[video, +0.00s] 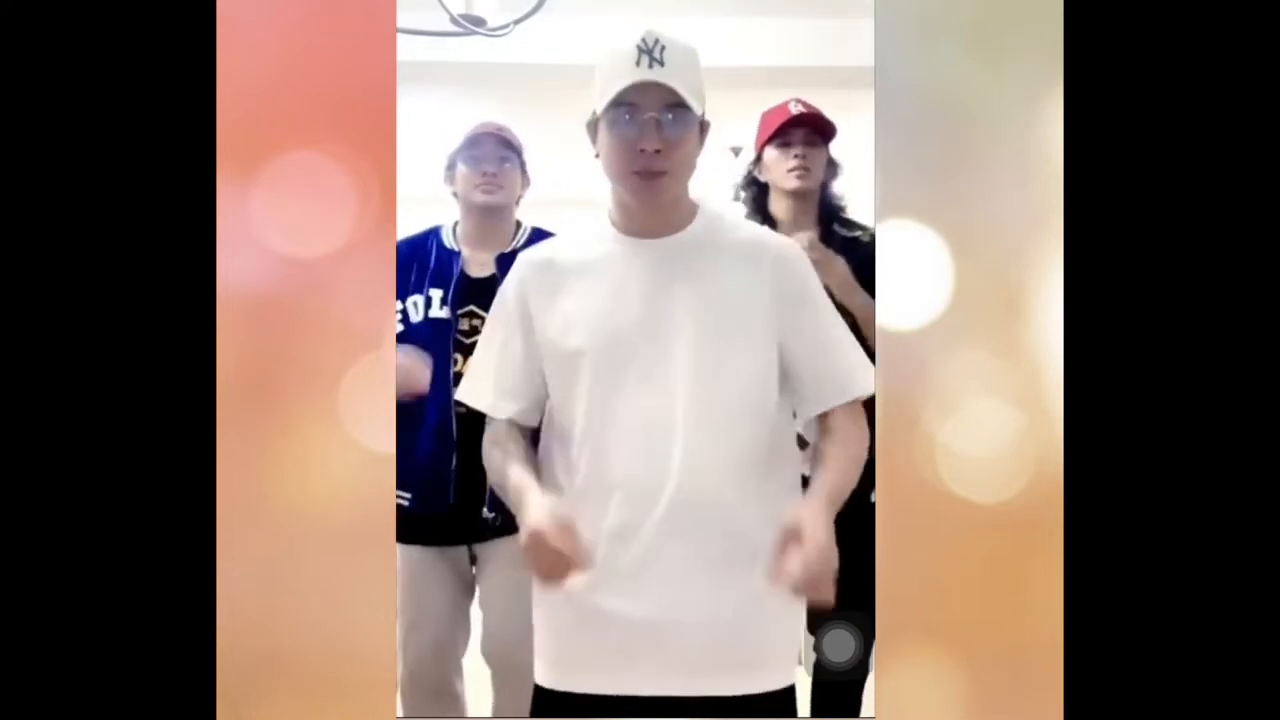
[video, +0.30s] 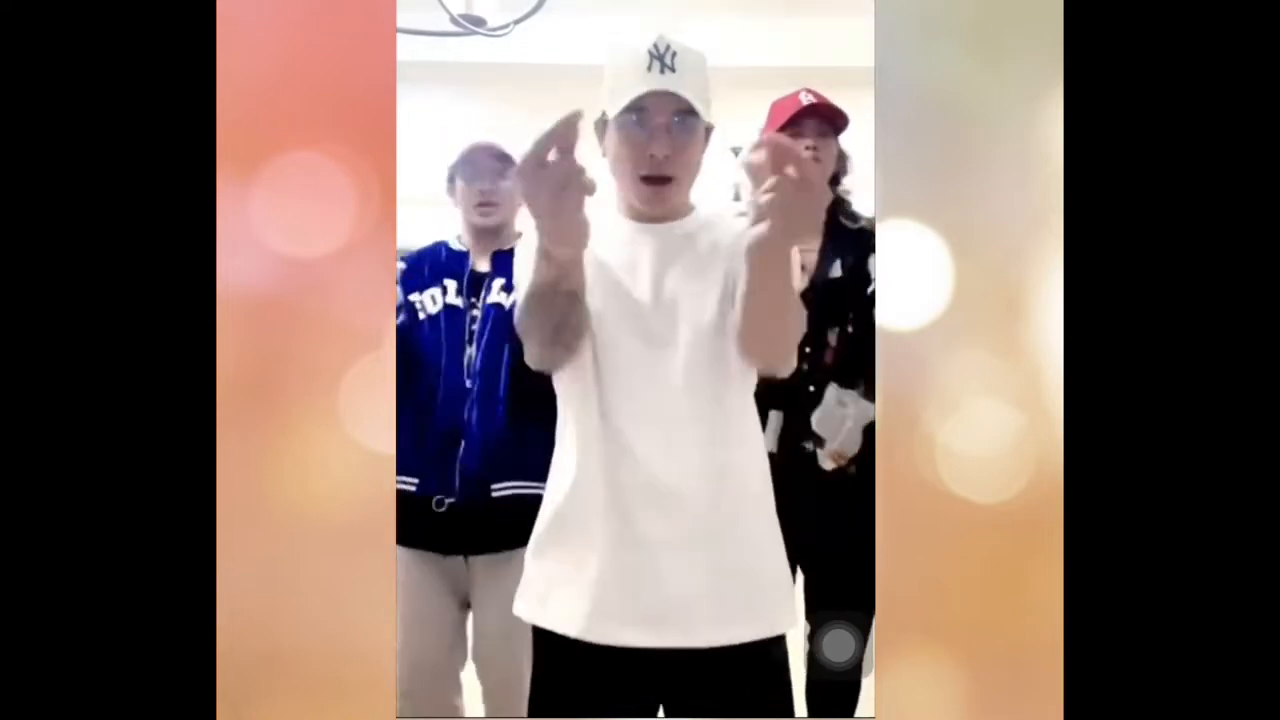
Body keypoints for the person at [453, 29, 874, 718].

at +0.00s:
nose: (650, 139)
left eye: (672, 117)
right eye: (627, 116)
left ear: (701, 137)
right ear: (594, 136)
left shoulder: (772, 266)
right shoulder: (543, 276)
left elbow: (844, 419)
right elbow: (503, 433)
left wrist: (820, 507)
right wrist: (531, 503)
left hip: (743, 654)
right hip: (587, 655)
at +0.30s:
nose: (659, 144)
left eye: (681, 121)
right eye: (637, 120)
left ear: (707, 139)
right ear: (603, 136)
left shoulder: (744, 240)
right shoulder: (570, 244)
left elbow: (773, 356)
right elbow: (545, 352)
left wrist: (775, 239)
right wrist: (559, 243)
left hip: (730, 605)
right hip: (591, 604)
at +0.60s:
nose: (671, 239)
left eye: (694, 222)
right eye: (650, 222)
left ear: (729, 179)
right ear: (606, 179)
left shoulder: (771, 232)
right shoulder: (538, 224)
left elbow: (797, 317)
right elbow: (492, 327)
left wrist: (779, 349)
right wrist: (540, 362)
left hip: (720, 584)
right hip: (583, 587)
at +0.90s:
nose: (652, 120)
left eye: (677, 97)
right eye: (628, 94)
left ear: (707, 120)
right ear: (591, 116)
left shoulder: (766, 248)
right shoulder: (537, 242)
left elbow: (770, 438)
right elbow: (524, 432)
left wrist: (749, 363)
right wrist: (554, 367)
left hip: (720, 601)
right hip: (582, 601)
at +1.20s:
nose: (701, 118)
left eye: (719, 97)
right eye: (676, 91)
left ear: (732, 116)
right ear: (623, 107)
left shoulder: (767, 250)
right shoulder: (559, 223)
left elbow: (780, 435)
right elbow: (518, 391)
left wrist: (755, 343)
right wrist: (548, 333)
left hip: (728, 597)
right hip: (595, 591)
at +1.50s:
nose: (709, 116)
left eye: (726, 93)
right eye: (683, 99)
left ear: (755, 120)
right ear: (652, 130)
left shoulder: (800, 259)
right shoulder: (591, 233)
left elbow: (808, 432)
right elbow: (540, 402)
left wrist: (775, 339)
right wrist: (572, 359)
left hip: (728, 598)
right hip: (592, 592)